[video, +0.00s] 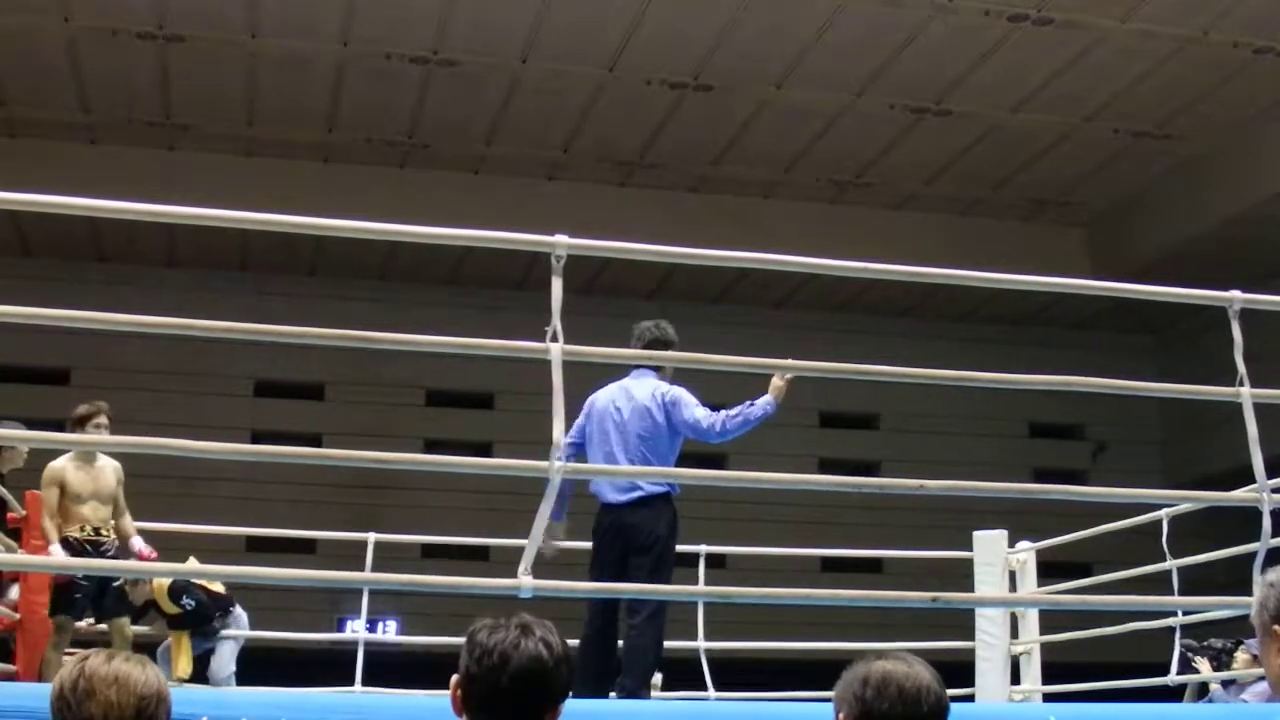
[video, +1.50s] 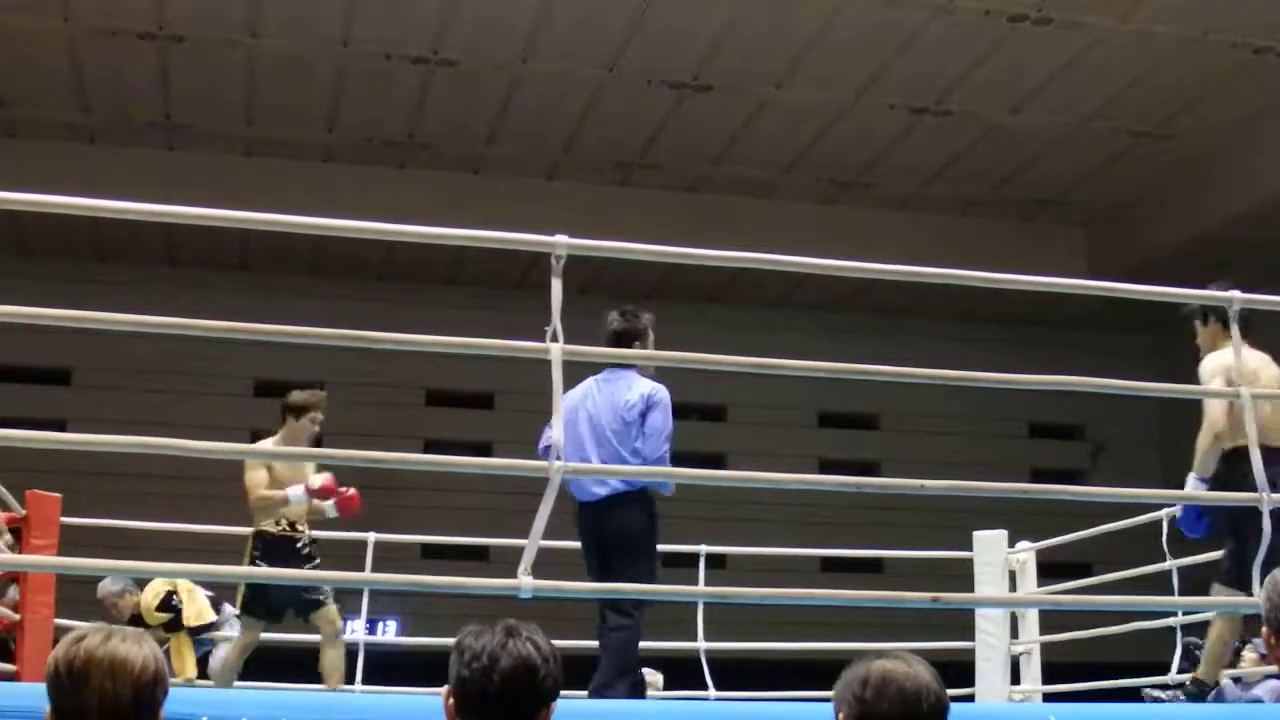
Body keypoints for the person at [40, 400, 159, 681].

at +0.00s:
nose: (103, 433)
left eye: (106, 428)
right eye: (96, 427)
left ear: (110, 432)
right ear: (78, 432)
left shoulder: (114, 468)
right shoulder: (57, 469)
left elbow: (122, 514)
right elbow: (48, 517)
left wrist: (137, 544)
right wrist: (56, 551)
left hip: (109, 550)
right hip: (72, 550)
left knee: (124, 633)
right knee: (62, 633)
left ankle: (122, 703)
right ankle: (47, 702)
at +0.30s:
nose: (112, 434)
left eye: (115, 428)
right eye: (106, 428)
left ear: (119, 433)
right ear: (88, 431)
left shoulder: (121, 469)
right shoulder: (65, 469)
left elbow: (124, 518)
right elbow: (54, 517)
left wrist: (131, 553)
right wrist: (73, 549)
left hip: (118, 550)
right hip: (83, 550)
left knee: (135, 629)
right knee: (67, 634)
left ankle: (145, 700)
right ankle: (54, 703)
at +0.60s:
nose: (167, 441)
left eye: (169, 436)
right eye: (161, 435)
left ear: (169, 439)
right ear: (142, 436)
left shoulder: (166, 479)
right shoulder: (117, 471)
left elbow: (163, 527)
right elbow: (100, 517)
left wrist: (177, 565)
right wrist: (124, 549)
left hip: (153, 564)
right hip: (119, 561)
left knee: (173, 638)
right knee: (92, 635)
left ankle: (159, 709)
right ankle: (62, 696)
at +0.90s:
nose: (228, 434)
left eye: (230, 429)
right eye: (223, 428)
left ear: (227, 431)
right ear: (203, 428)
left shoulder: (220, 470)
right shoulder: (172, 460)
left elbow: (221, 516)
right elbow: (144, 499)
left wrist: (246, 524)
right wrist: (158, 534)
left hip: (198, 553)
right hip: (170, 550)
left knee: (187, 635)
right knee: (164, 627)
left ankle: (174, 702)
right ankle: (130, 683)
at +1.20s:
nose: (257, 431)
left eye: (259, 426)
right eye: (251, 425)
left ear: (259, 429)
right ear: (231, 427)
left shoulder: (259, 468)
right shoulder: (204, 465)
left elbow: (271, 511)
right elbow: (187, 511)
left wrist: (286, 530)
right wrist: (209, 528)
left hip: (246, 556)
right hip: (215, 555)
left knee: (240, 639)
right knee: (222, 634)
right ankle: (205, 705)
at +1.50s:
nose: (318, 430)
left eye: (320, 423)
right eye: (313, 422)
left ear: (311, 423)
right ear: (293, 419)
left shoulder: (309, 459)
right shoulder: (260, 451)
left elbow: (300, 509)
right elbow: (256, 500)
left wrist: (332, 508)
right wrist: (304, 491)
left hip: (302, 546)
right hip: (268, 545)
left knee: (332, 627)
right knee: (248, 636)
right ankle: (216, 703)